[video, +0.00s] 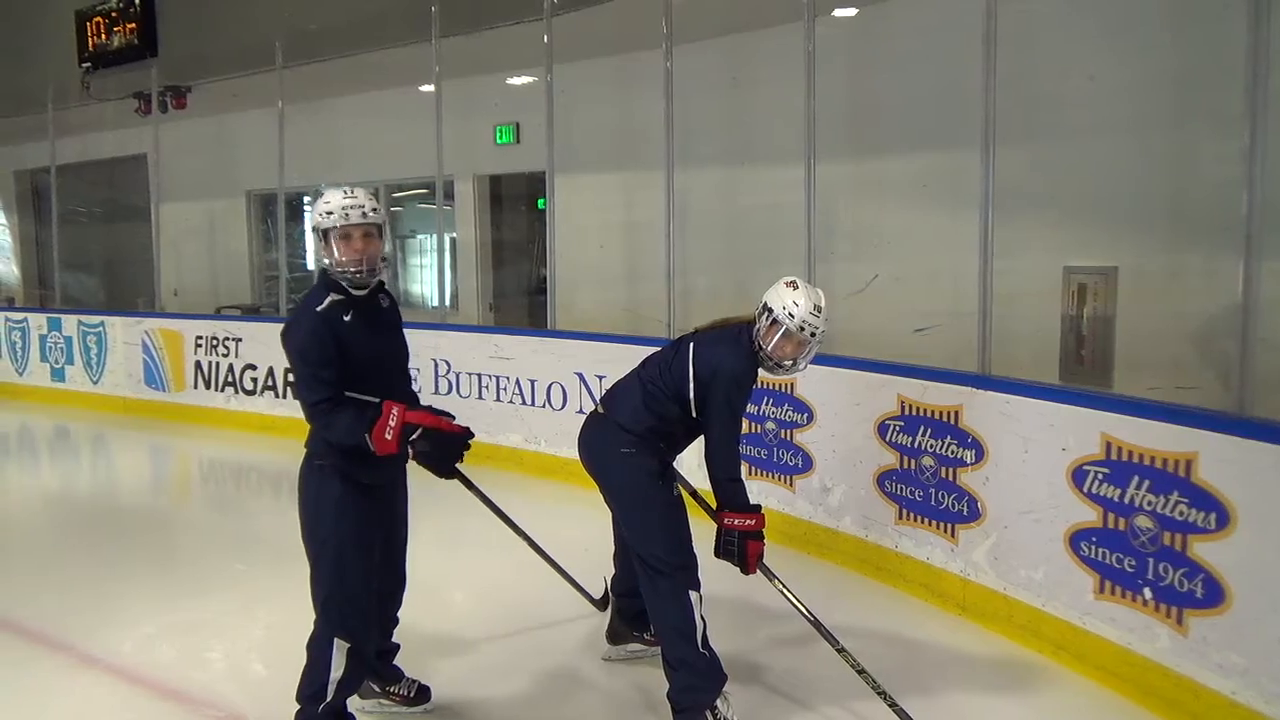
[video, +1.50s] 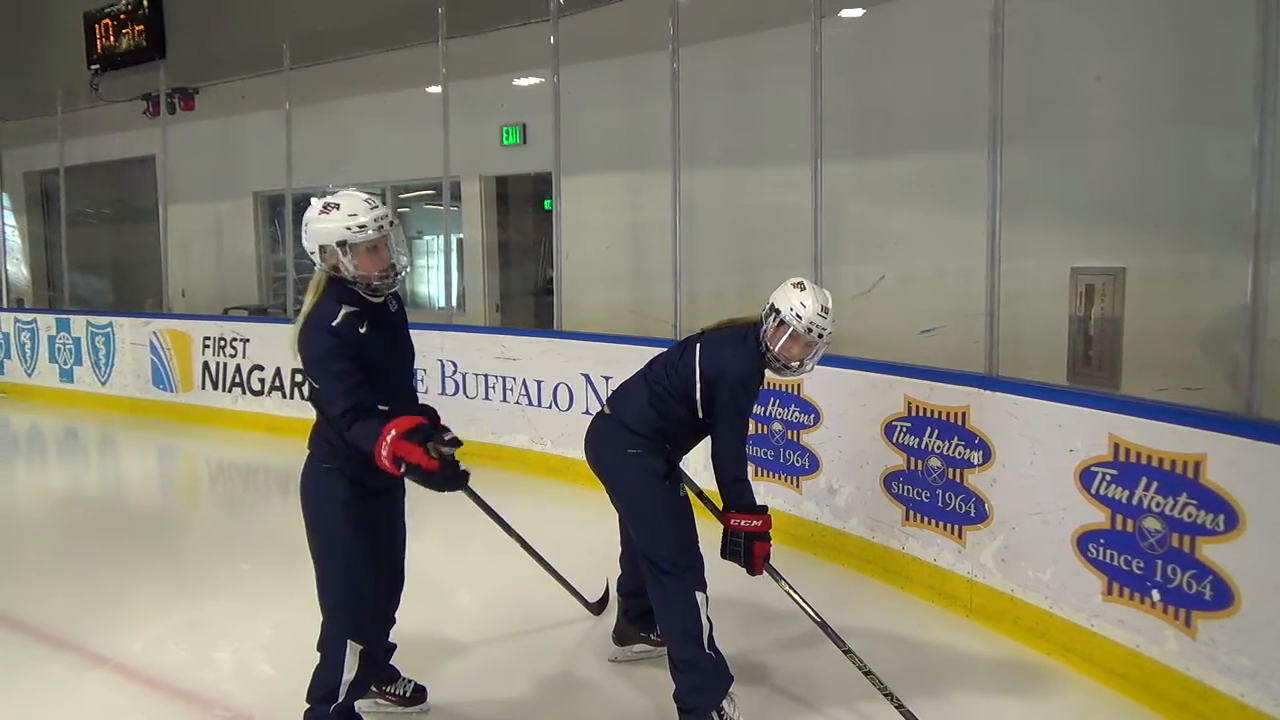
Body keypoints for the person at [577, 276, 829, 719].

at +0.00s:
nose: (783, 348)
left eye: (796, 342)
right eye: (780, 334)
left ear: (810, 346)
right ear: (763, 321)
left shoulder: (733, 340)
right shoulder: (733, 363)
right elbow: (722, 449)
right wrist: (740, 519)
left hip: (611, 435)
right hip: (628, 447)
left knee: (638, 535)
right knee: (673, 570)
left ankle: (628, 625)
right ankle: (696, 704)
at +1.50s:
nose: (790, 349)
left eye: (804, 343)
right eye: (786, 334)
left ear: (817, 347)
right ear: (770, 322)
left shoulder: (741, 341)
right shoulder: (740, 365)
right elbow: (728, 450)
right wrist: (746, 517)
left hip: (619, 435)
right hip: (634, 446)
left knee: (644, 534)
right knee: (678, 569)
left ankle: (635, 625)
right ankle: (703, 703)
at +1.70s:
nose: (792, 349)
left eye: (805, 342)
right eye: (788, 334)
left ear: (818, 346)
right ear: (771, 322)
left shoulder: (741, 341)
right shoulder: (741, 365)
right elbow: (729, 450)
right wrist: (746, 517)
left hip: (618, 435)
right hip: (636, 447)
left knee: (644, 534)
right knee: (680, 570)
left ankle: (636, 624)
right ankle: (704, 703)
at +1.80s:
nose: (793, 349)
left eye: (806, 343)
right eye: (789, 335)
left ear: (819, 346)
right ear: (772, 322)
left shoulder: (742, 341)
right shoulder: (741, 364)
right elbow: (729, 449)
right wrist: (746, 516)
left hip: (620, 435)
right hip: (635, 446)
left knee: (645, 534)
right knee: (679, 569)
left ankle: (636, 624)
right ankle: (704, 703)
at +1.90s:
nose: (794, 350)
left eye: (807, 343)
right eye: (790, 335)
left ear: (819, 346)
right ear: (772, 323)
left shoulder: (743, 341)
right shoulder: (741, 364)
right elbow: (730, 450)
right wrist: (747, 517)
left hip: (619, 435)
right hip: (635, 447)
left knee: (645, 534)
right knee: (680, 569)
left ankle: (637, 624)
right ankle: (704, 703)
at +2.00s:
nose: (793, 349)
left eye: (806, 343)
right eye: (789, 335)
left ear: (819, 347)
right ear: (772, 322)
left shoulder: (742, 341)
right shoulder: (742, 364)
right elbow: (730, 449)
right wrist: (747, 517)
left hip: (619, 436)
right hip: (636, 447)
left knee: (645, 536)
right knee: (679, 569)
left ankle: (637, 625)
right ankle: (704, 704)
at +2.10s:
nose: (793, 349)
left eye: (806, 343)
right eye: (789, 335)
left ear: (818, 347)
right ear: (772, 322)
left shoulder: (743, 340)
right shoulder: (742, 364)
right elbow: (730, 450)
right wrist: (748, 518)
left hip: (619, 435)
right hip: (636, 447)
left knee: (645, 536)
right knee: (680, 570)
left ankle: (637, 625)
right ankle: (704, 704)